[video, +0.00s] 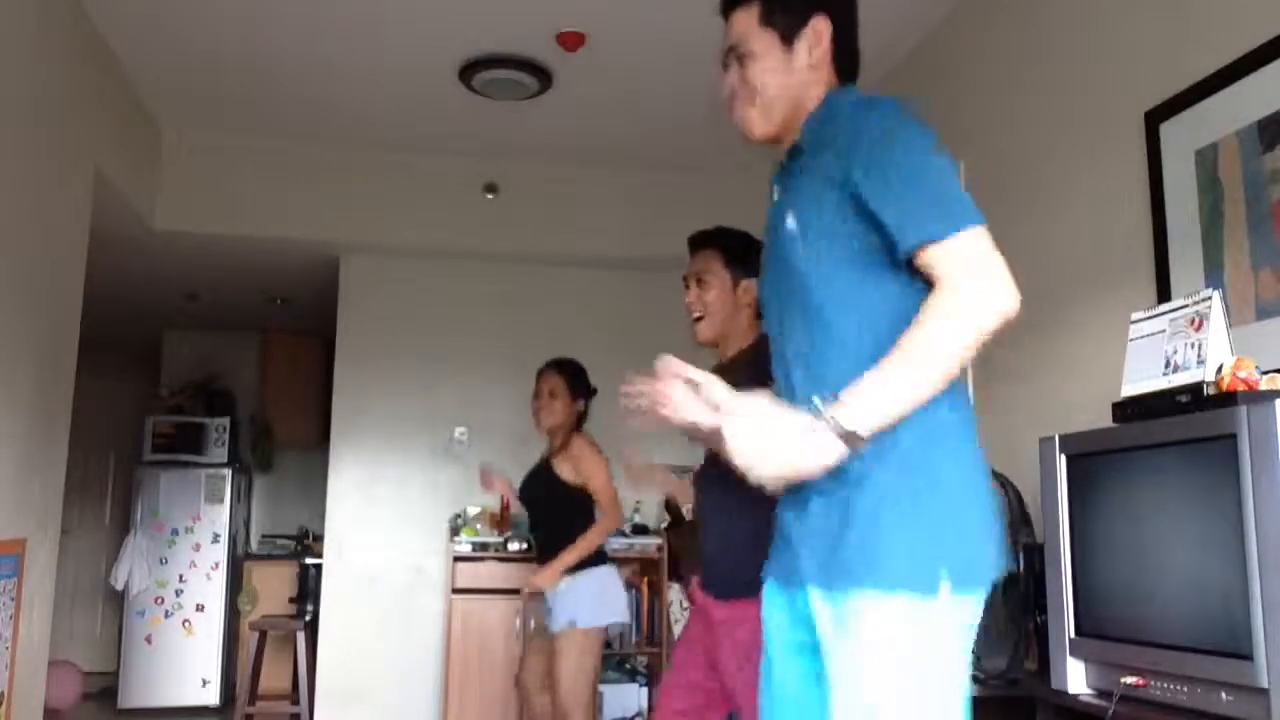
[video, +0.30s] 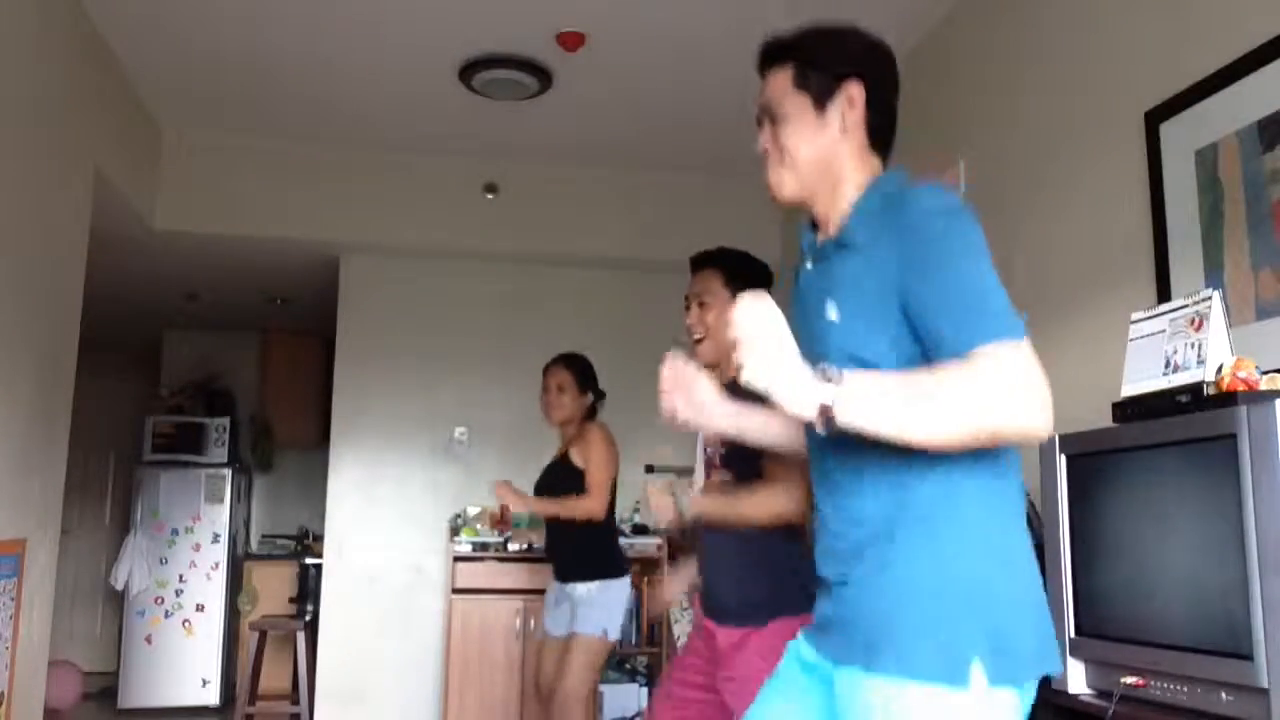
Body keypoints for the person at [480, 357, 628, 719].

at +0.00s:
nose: (541, 404)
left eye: (552, 395)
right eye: (538, 395)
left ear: (578, 404)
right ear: (534, 402)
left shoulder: (581, 450)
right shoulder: (554, 454)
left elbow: (612, 518)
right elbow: (554, 521)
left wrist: (555, 568)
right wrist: (510, 496)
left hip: (585, 583)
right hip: (555, 582)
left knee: (573, 701)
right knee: (532, 688)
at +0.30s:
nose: (550, 398)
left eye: (561, 390)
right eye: (546, 390)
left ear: (587, 397)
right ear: (542, 396)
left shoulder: (596, 436)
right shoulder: (565, 446)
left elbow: (596, 506)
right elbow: (565, 519)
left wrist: (527, 504)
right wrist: (515, 525)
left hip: (600, 586)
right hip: (565, 584)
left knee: (571, 697)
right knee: (547, 689)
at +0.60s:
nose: (563, 420)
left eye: (575, 411)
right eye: (560, 411)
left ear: (601, 422)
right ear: (555, 417)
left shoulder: (606, 466)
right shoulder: (583, 472)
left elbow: (620, 543)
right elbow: (592, 542)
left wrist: (559, 574)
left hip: (608, 612)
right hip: (586, 611)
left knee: (579, 712)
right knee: (546, 704)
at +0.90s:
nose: (569, 413)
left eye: (579, 402)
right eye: (565, 404)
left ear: (606, 407)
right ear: (561, 408)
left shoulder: (614, 458)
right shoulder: (589, 464)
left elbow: (611, 524)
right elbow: (595, 523)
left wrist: (551, 513)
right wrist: (551, 506)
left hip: (627, 604)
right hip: (590, 602)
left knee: (598, 711)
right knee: (545, 690)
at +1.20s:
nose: (568, 394)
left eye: (578, 384)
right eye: (565, 385)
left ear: (608, 390)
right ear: (562, 389)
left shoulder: (617, 430)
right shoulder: (590, 439)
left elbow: (612, 496)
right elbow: (592, 508)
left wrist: (545, 481)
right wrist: (549, 539)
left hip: (615, 584)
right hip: (582, 581)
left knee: (587, 700)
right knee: (569, 691)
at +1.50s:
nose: (576, 410)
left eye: (588, 401)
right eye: (574, 401)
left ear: (616, 409)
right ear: (570, 405)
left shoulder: (618, 455)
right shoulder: (595, 457)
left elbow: (620, 536)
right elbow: (591, 531)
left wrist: (550, 546)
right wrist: (537, 537)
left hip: (615, 599)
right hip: (597, 597)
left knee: (581, 711)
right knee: (573, 709)